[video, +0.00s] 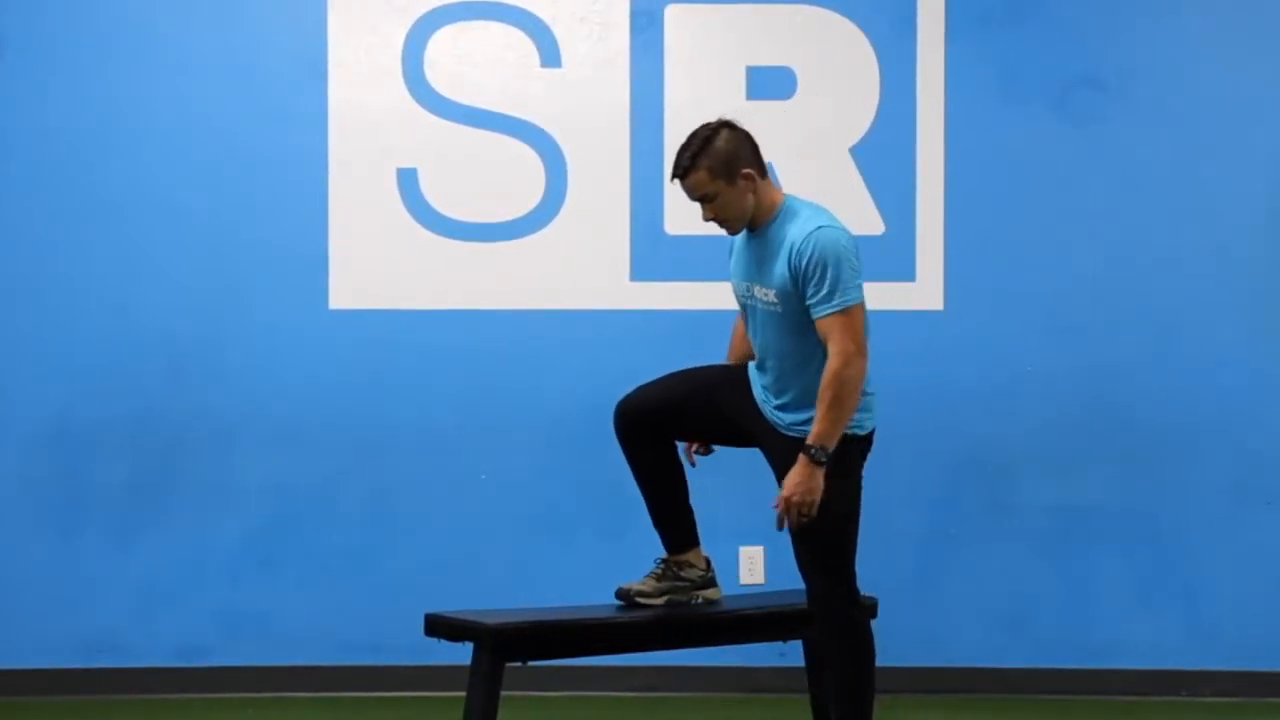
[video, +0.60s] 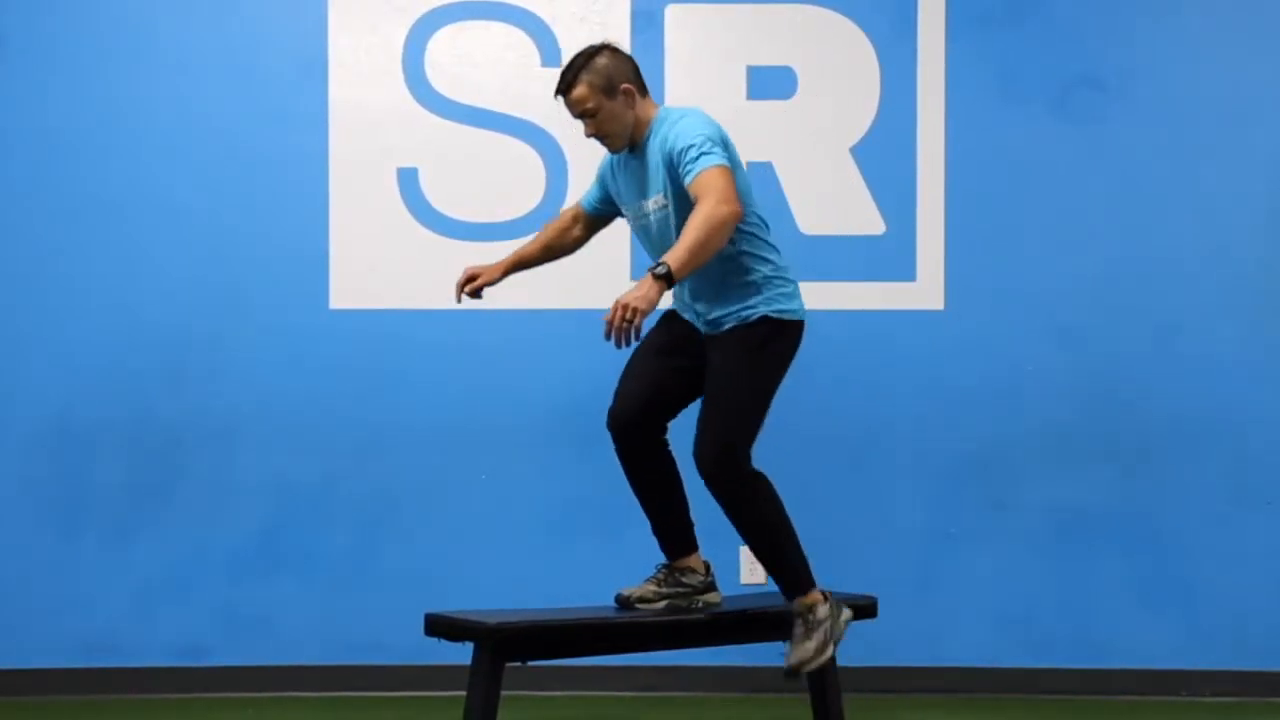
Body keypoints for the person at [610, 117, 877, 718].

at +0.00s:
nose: (706, 214)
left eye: (709, 200)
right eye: (699, 203)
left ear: (749, 178)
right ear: (744, 180)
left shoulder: (820, 242)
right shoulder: (749, 234)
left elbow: (849, 358)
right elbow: (750, 327)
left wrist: (815, 460)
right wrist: (711, 416)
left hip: (820, 432)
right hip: (756, 395)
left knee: (831, 598)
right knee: (638, 417)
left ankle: (846, 713)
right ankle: (687, 566)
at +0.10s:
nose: (683, 219)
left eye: (687, 205)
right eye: (676, 208)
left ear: (727, 184)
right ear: (717, 188)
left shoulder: (795, 242)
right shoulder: (730, 241)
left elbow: (811, 360)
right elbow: (723, 335)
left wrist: (763, 459)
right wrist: (691, 417)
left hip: (817, 428)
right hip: (754, 403)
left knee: (819, 590)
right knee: (633, 420)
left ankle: (843, 713)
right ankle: (687, 566)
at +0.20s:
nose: (662, 225)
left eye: (665, 210)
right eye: (655, 214)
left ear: (705, 190)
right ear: (694, 194)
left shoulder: (767, 244)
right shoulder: (706, 255)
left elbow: (769, 356)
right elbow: (691, 342)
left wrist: (698, 439)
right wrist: (633, 431)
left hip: (803, 427)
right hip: (742, 406)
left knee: (807, 595)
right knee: (624, 424)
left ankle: (840, 714)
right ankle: (686, 567)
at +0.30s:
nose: (636, 218)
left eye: (639, 202)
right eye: (629, 207)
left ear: (679, 184)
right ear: (672, 189)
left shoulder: (732, 230)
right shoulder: (682, 252)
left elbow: (736, 323)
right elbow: (644, 330)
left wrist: (654, 390)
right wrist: (578, 391)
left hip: (790, 418)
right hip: (735, 406)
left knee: (799, 585)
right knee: (618, 428)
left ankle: (836, 713)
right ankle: (684, 568)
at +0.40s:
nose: (608, 191)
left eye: (611, 176)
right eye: (601, 181)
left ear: (651, 157)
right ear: (642, 165)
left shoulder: (701, 194)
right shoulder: (653, 222)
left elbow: (719, 268)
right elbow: (609, 290)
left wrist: (637, 332)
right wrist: (534, 342)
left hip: (780, 383)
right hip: (719, 373)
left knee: (799, 543)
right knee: (614, 425)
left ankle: (827, 704)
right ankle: (684, 568)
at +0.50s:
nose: (592, 162)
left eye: (595, 146)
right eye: (585, 151)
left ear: (634, 126)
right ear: (622, 135)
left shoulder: (688, 162)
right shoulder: (631, 194)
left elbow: (715, 230)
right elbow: (584, 256)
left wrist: (641, 293)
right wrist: (509, 297)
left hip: (771, 348)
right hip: (709, 345)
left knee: (765, 504)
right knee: (622, 424)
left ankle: (822, 675)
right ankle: (686, 569)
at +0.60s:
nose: (585, 130)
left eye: (588, 114)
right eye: (578, 118)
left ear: (629, 95)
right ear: (614, 104)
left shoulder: (688, 134)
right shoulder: (619, 164)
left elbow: (721, 210)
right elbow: (575, 225)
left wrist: (657, 278)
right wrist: (503, 266)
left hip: (760, 313)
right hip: (694, 318)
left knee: (721, 457)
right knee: (631, 419)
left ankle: (812, 605)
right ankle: (688, 571)